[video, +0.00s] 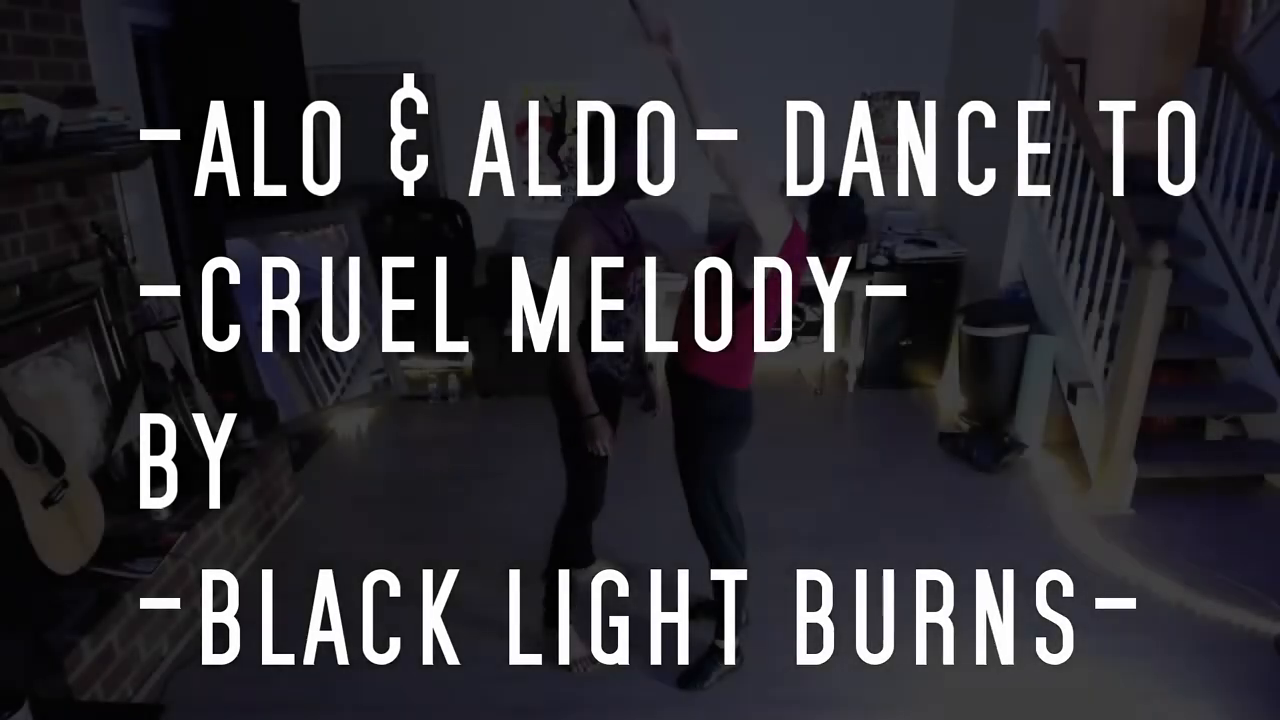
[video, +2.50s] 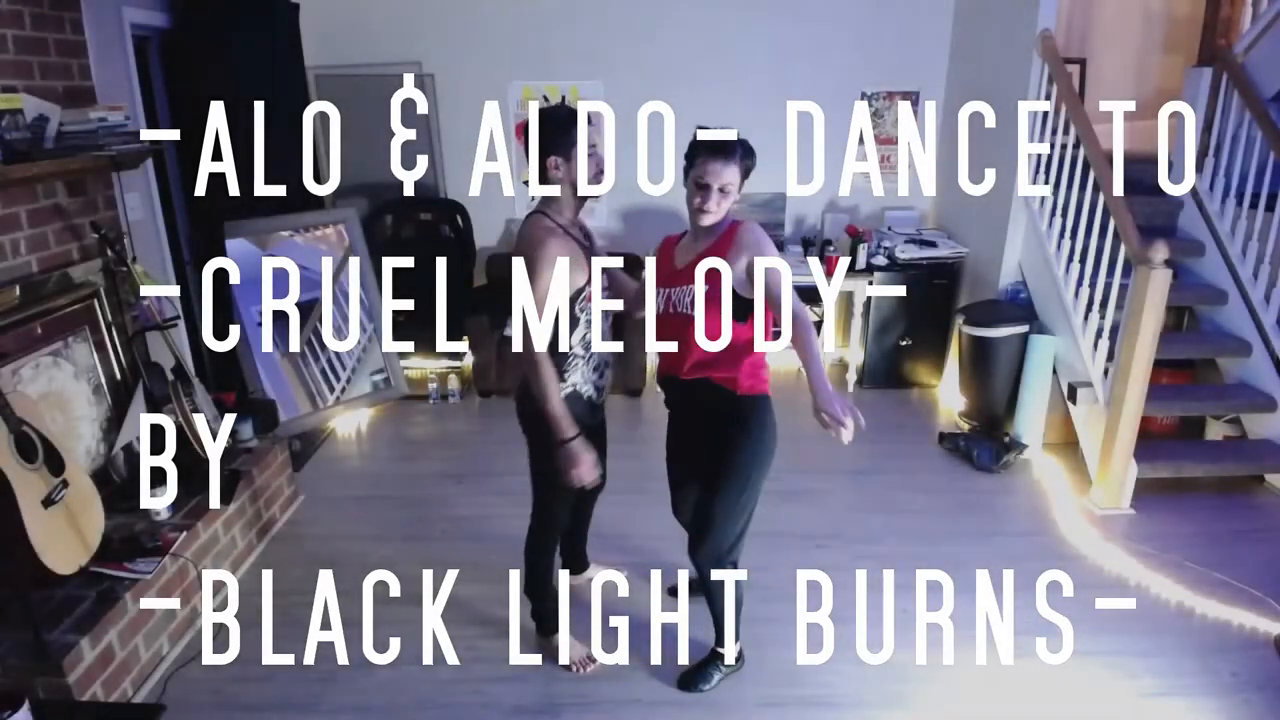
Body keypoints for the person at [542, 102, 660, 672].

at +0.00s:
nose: (648, 167)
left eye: (647, 153)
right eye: (639, 154)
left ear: (606, 157)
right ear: (616, 159)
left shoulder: (617, 222)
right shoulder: (582, 226)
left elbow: (625, 313)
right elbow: (565, 331)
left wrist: (642, 374)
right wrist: (590, 414)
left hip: (605, 381)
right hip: (581, 385)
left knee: (588, 497)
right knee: (584, 499)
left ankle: (568, 612)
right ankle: (560, 619)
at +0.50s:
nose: (645, 172)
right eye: (636, 160)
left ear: (620, 155)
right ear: (618, 163)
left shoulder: (640, 218)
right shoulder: (582, 229)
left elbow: (642, 298)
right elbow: (569, 337)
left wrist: (652, 363)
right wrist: (595, 419)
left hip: (622, 374)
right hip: (586, 377)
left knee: (601, 490)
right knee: (594, 495)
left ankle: (576, 589)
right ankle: (561, 618)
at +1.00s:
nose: (623, 163)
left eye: (615, 154)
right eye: (613, 157)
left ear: (579, 174)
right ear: (599, 171)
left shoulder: (610, 220)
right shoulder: (573, 243)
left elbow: (634, 270)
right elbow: (565, 361)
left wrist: (670, 262)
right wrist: (596, 449)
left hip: (602, 378)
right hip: (573, 384)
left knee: (578, 488)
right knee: (566, 502)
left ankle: (584, 572)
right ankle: (553, 628)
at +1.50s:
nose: (617, 175)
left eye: (615, 163)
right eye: (605, 165)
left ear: (574, 178)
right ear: (573, 177)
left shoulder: (595, 227)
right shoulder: (552, 250)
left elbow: (630, 276)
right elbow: (546, 375)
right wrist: (582, 465)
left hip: (589, 397)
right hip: (551, 406)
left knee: (610, 483)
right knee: (559, 519)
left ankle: (587, 567)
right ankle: (551, 636)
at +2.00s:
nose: (600, 161)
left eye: (599, 148)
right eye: (587, 149)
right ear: (552, 160)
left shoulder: (576, 232)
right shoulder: (531, 240)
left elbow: (613, 300)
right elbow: (509, 353)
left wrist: (658, 305)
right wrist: (524, 447)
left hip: (584, 400)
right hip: (551, 406)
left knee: (604, 491)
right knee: (564, 521)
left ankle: (552, 594)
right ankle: (554, 636)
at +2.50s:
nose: (603, 162)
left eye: (603, 150)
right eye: (590, 150)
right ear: (556, 165)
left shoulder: (576, 226)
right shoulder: (545, 237)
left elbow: (577, 300)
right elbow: (534, 345)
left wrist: (618, 295)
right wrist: (568, 437)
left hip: (583, 388)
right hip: (553, 395)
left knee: (586, 486)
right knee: (552, 516)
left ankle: (575, 580)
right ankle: (550, 638)